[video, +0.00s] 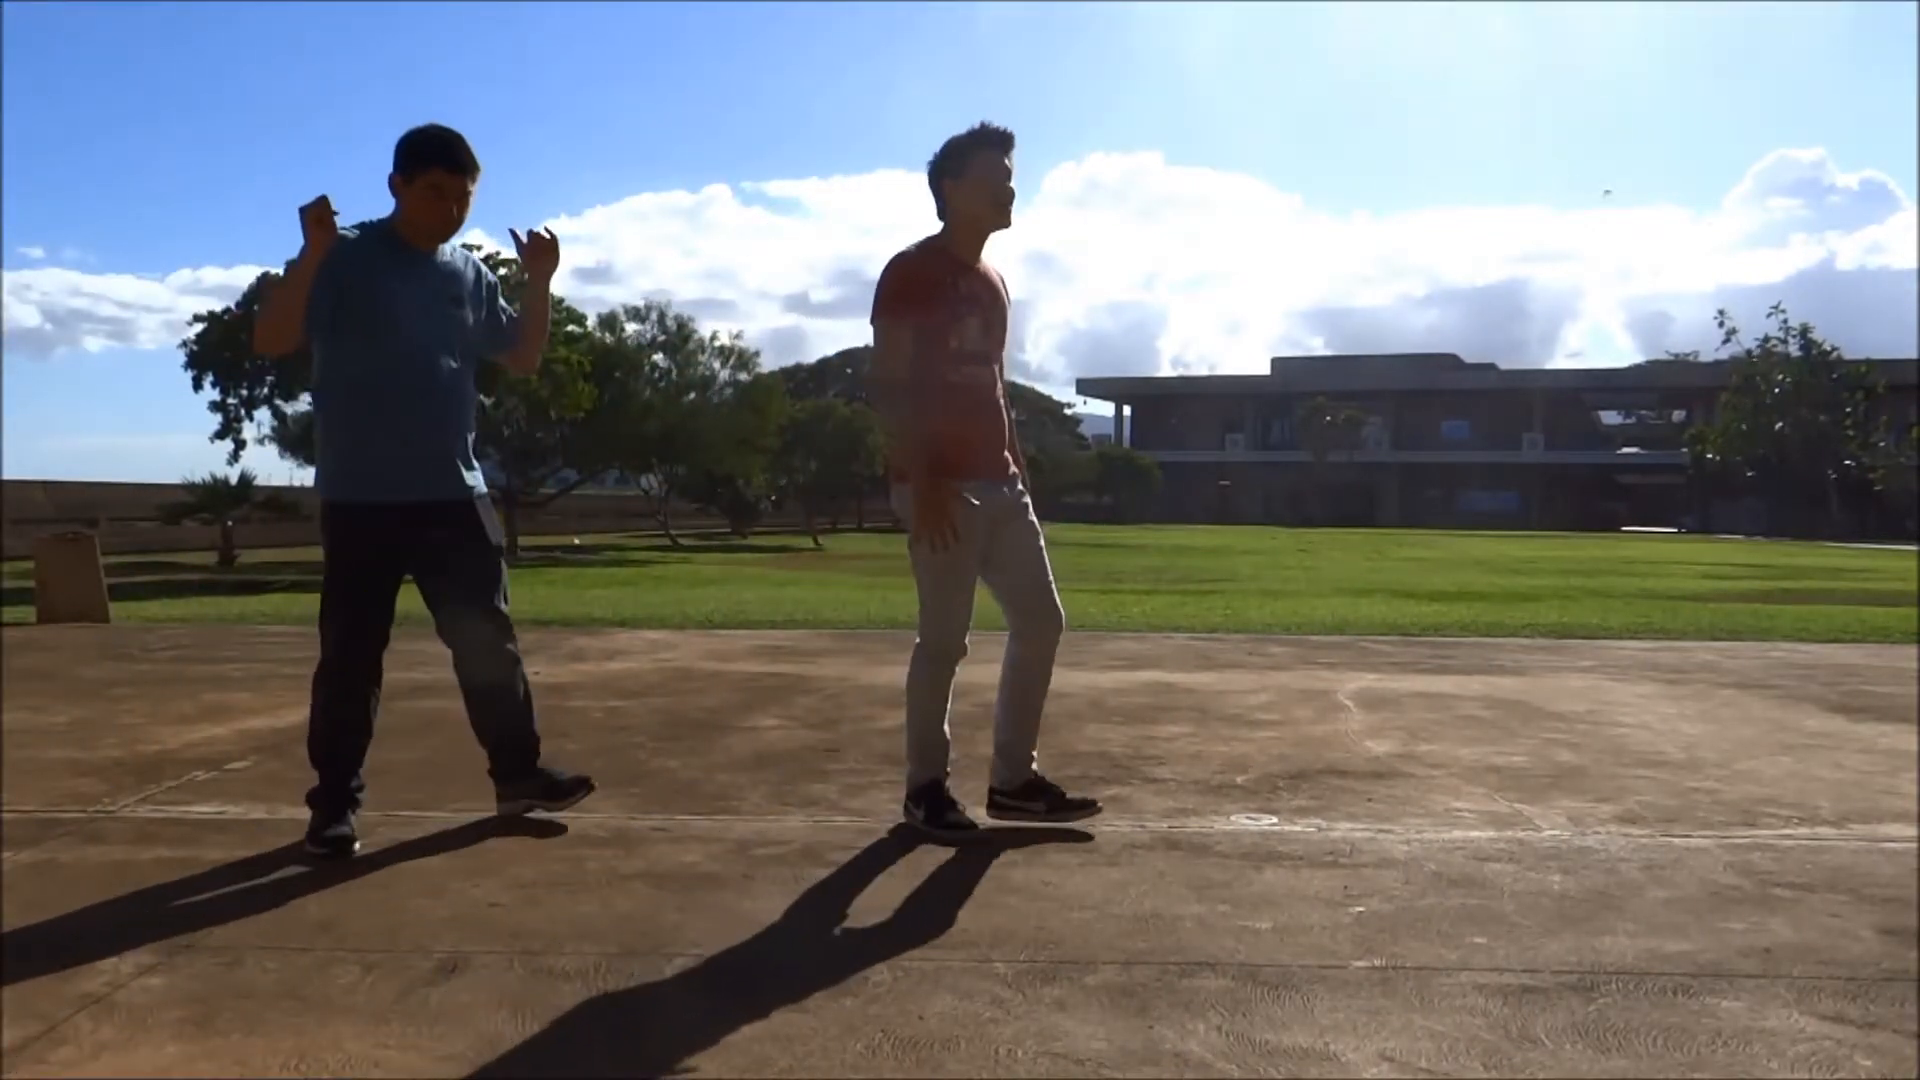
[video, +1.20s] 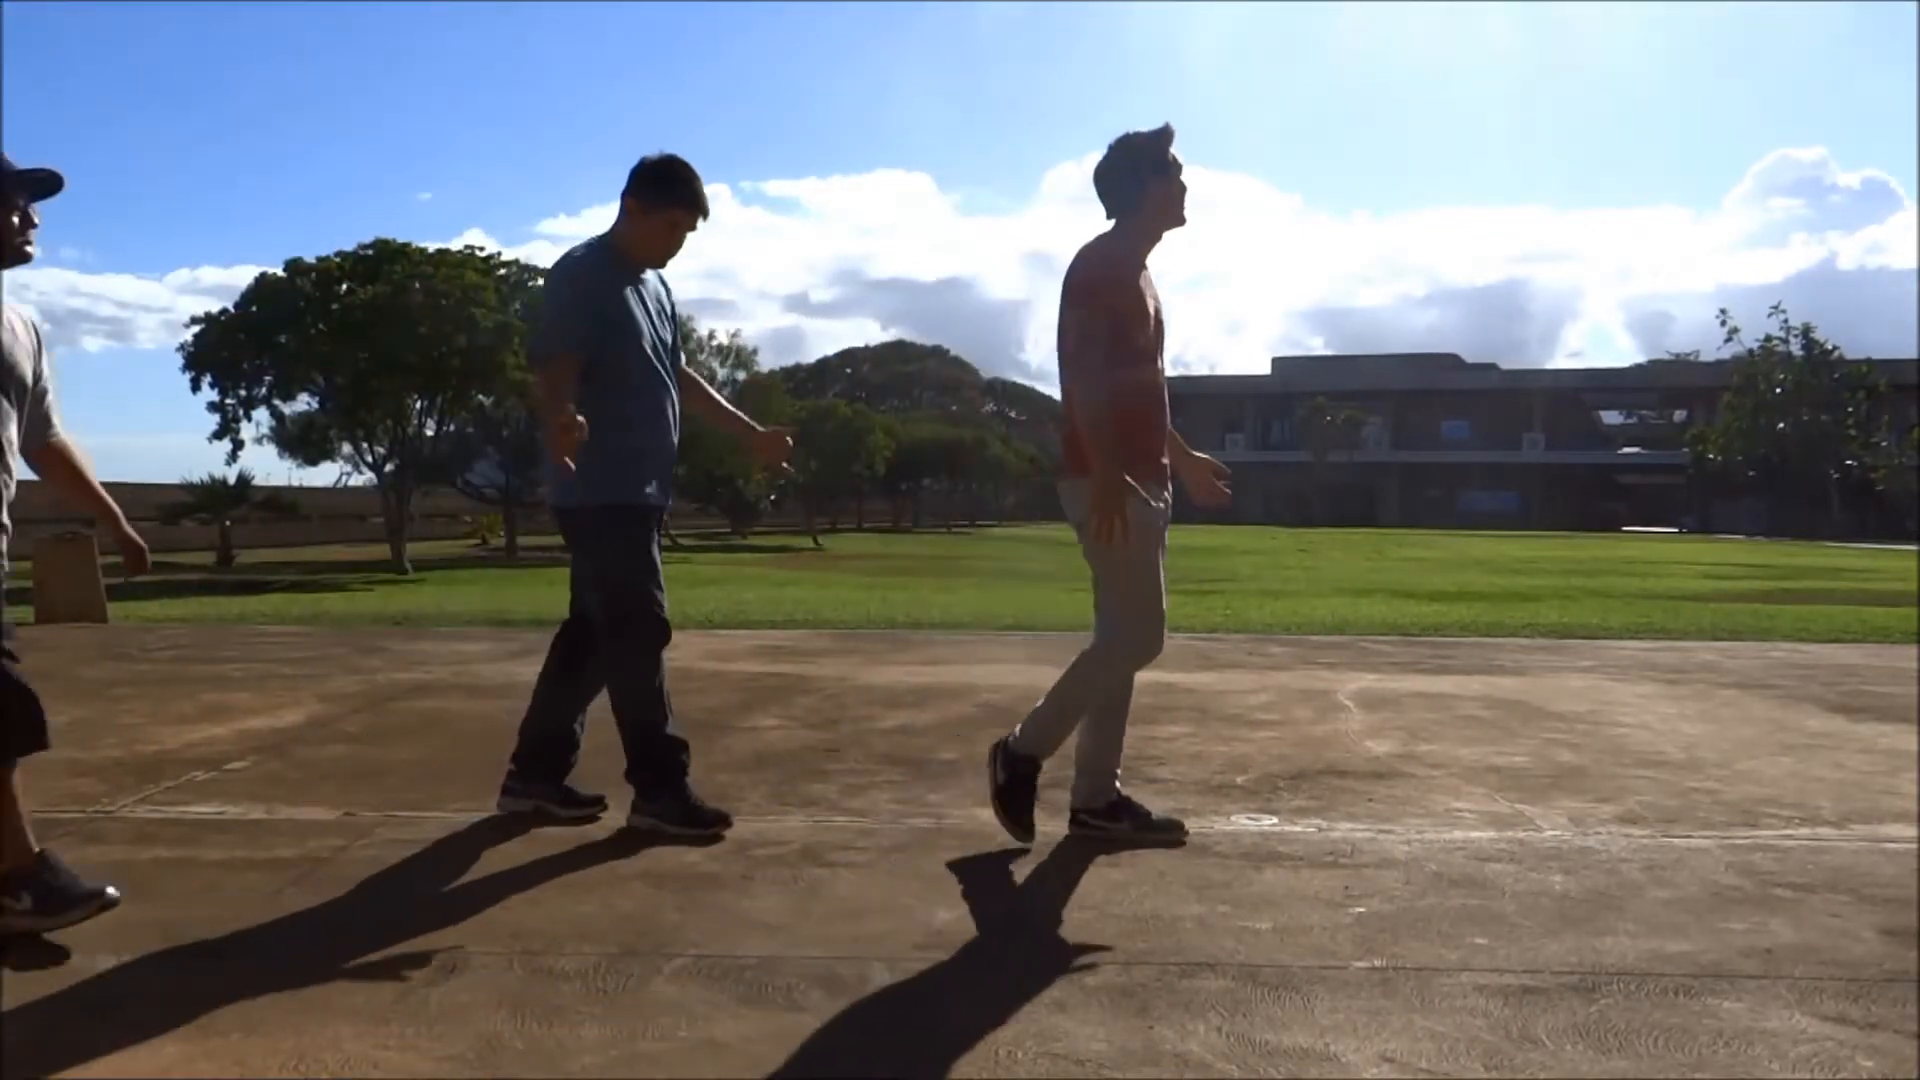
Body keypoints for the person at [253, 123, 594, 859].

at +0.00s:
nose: (454, 209)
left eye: (462, 196)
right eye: (440, 193)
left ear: (470, 200)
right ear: (401, 187)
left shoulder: (468, 273)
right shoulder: (341, 259)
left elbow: (521, 354)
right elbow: (270, 340)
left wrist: (538, 283)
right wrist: (311, 254)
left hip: (449, 490)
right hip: (360, 493)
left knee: (487, 636)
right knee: (349, 655)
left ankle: (518, 776)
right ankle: (333, 804)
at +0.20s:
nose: (502, 227)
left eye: (510, 214)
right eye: (490, 211)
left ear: (517, 212)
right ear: (451, 203)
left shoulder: (516, 287)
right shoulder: (389, 272)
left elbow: (562, 364)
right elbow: (330, 355)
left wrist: (610, 305)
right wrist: (340, 277)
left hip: (506, 498)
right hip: (416, 501)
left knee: (530, 643)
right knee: (385, 655)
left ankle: (530, 779)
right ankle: (340, 803)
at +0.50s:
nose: (569, 232)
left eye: (576, 219)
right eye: (561, 217)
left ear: (575, 217)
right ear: (522, 204)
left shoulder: (577, 294)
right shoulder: (451, 274)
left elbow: (606, 367)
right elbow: (402, 364)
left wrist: (692, 336)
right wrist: (393, 307)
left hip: (564, 491)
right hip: (486, 491)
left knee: (556, 641)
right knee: (479, 640)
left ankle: (535, 780)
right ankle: (441, 797)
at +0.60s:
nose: (586, 233)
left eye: (593, 221)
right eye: (579, 218)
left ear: (589, 218)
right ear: (538, 204)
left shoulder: (590, 293)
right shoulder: (469, 273)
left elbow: (617, 370)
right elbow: (420, 365)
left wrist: (703, 338)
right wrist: (417, 308)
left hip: (574, 488)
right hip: (500, 487)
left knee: (566, 637)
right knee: (515, 632)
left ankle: (544, 780)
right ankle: (503, 796)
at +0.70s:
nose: (600, 238)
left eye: (607, 225)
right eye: (594, 222)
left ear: (603, 220)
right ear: (552, 206)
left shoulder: (598, 291)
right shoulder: (484, 274)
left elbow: (627, 368)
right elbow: (435, 368)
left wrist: (717, 357)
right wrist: (438, 318)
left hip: (583, 486)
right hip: (514, 484)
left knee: (570, 631)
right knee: (550, 628)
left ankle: (528, 779)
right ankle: (564, 785)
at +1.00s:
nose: (646, 246)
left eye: (654, 233)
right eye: (643, 230)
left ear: (638, 225)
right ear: (603, 212)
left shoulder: (630, 293)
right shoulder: (533, 277)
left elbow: (646, 374)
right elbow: (489, 375)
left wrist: (730, 395)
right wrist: (516, 358)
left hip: (610, 492)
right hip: (556, 491)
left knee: (571, 632)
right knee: (610, 626)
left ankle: (531, 782)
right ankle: (654, 788)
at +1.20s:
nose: (682, 243)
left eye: (688, 231)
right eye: (678, 227)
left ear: (661, 218)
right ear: (637, 209)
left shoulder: (654, 286)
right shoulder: (580, 274)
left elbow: (677, 377)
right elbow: (551, 369)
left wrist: (748, 432)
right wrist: (560, 419)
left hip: (638, 491)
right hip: (599, 490)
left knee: (592, 631)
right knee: (640, 630)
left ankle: (533, 777)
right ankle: (659, 793)